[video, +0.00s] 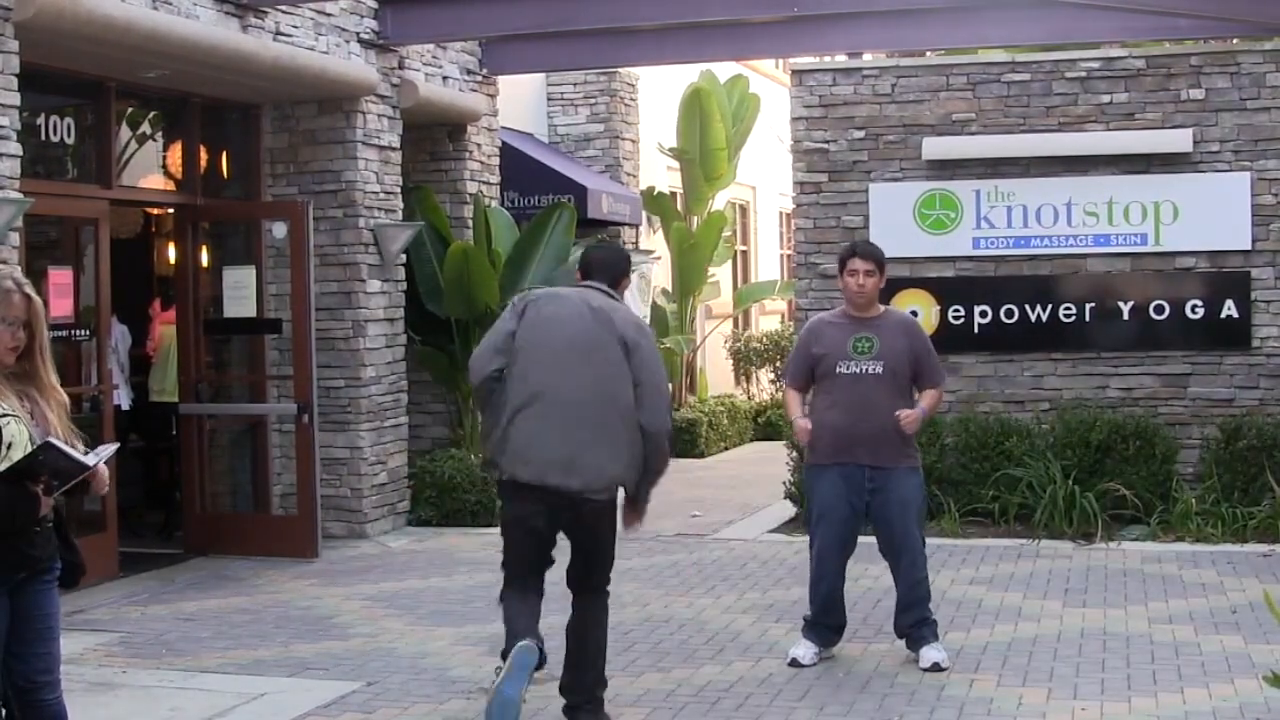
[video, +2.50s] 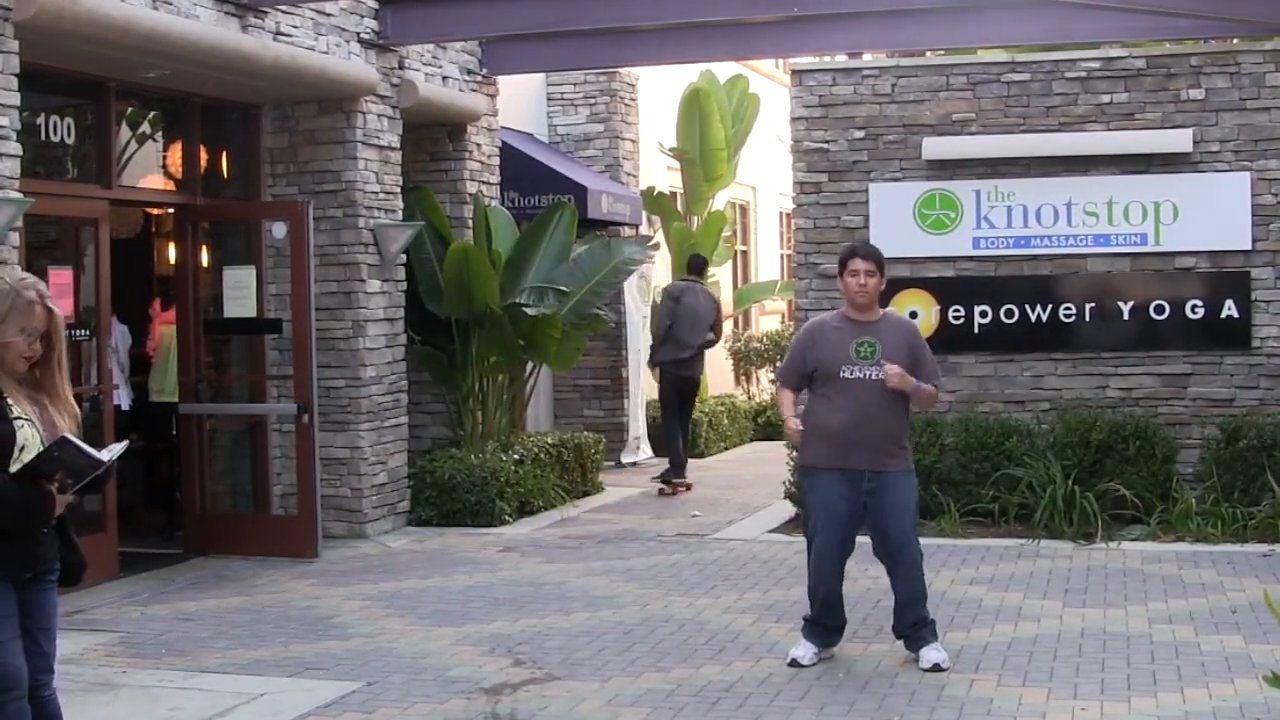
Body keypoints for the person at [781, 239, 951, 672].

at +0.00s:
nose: (859, 281)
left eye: (867, 274)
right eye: (851, 274)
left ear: (881, 279)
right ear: (840, 279)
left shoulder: (906, 327)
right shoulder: (817, 329)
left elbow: (933, 387)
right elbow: (793, 385)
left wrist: (920, 411)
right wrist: (798, 417)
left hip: (896, 463)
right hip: (831, 463)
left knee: (908, 552)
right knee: (826, 553)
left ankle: (923, 638)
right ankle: (818, 636)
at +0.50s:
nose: (858, 280)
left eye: (866, 273)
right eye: (850, 273)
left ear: (880, 280)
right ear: (838, 279)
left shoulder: (904, 329)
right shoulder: (815, 330)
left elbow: (932, 389)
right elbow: (791, 394)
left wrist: (914, 401)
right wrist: (814, 392)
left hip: (890, 464)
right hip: (826, 463)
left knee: (902, 550)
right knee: (823, 553)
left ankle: (922, 637)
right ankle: (819, 634)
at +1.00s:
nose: (862, 280)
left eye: (870, 273)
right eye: (854, 272)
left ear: (883, 279)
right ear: (841, 279)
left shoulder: (909, 326)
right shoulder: (818, 331)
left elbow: (940, 384)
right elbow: (795, 384)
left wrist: (920, 381)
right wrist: (798, 416)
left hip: (903, 463)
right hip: (837, 465)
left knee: (913, 553)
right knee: (833, 554)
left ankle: (922, 637)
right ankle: (819, 635)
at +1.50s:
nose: (855, 280)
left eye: (863, 273)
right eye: (847, 272)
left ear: (877, 279)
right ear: (836, 279)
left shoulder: (901, 329)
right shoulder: (813, 329)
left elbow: (929, 392)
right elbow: (789, 391)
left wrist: (906, 392)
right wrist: (812, 404)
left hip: (891, 465)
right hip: (827, 464)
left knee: (904, 553)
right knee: (822, 554)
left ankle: (922, 637)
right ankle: (818, 634)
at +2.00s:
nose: (856, 281)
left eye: (864, 274)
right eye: (848, 273)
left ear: (878, 281)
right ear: (836, 280)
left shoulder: (902, 329)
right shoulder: (815, 332)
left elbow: (930, 387)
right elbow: (787, 398)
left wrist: (920, 417)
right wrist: (807, 378)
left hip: (897, 463)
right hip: (831, 465)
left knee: (909, 554)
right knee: (829, 554)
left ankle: (922, 638)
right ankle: (819, 635)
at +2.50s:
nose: (861, 281)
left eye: (869, 274)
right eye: (853, 274)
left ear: (882, 282)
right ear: (840, 282)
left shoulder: (904, 331)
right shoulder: (815, 332)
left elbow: (930, 396)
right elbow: (786, 384)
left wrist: (909, 385)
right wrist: (790, 417)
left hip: (891, 465)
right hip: (826, 465)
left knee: (904, 552)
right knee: (824, 555)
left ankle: (922, 638)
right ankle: (819, 635)